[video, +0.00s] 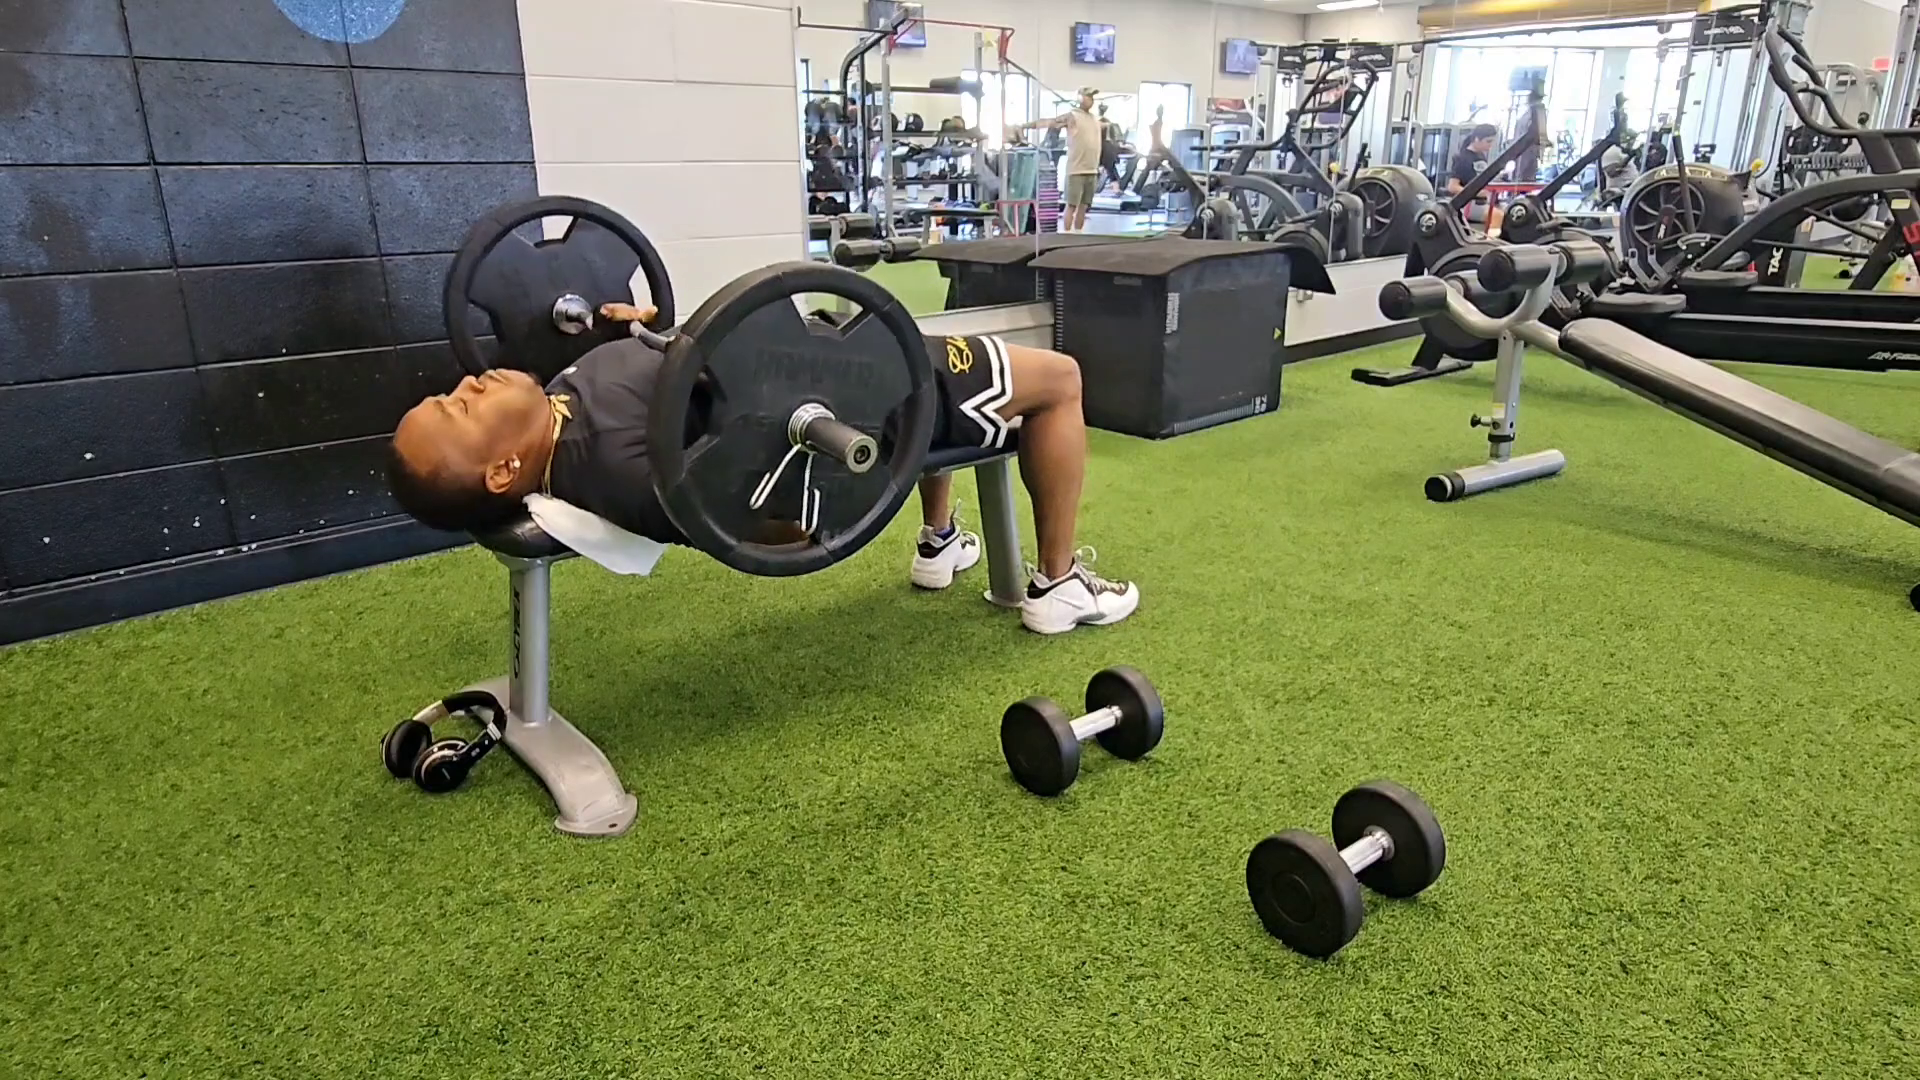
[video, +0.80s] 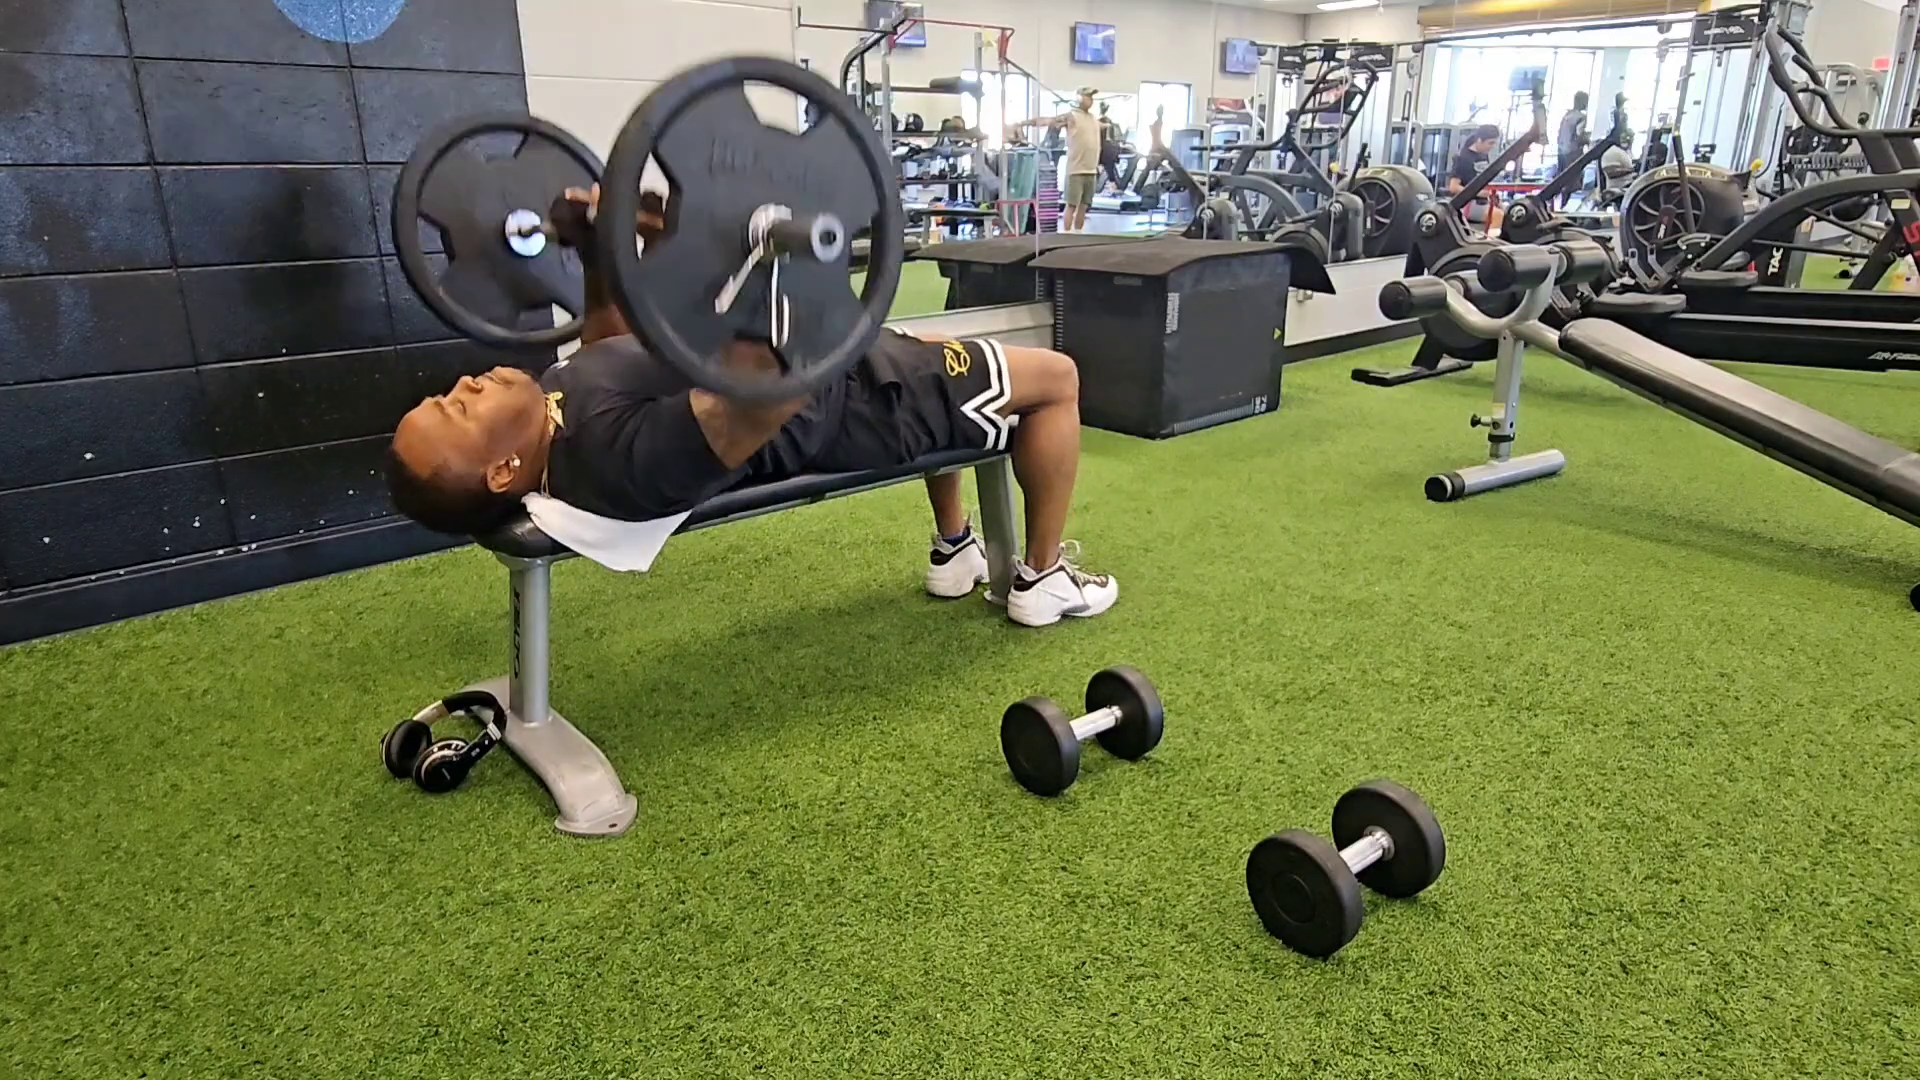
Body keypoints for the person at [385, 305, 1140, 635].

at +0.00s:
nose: (471, 372)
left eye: (446, 384)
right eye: (459, 399)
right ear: (508, 475)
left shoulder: (548, 405)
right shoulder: (634, 472)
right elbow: (786, 520)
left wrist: (628, 336)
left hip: (790, 369)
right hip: (854, 419)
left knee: (932, 342)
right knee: (1057, 378)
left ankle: (942, 541)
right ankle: (1058, 581)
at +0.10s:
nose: (470, 371)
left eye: (441, 385)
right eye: (459, 400)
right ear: (508, 475)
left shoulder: (552, 404)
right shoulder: (631, 470)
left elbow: (624, 369)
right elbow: (781, 516)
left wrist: (635, 333)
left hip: (789, 375)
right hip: (849, 425)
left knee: (925, 346)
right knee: (1053, 374)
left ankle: (944, 546)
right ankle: (1056, 581)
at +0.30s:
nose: (470, 373)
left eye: (445, 386)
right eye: (459, 397)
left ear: (501, 461)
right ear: (507, 465)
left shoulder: (559, 405)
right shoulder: (615, 459)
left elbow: (646, 350)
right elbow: (757, 444)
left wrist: (640, 275)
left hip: (788, 377)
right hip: (839, 416)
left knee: (932, 346)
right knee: (1054, 374)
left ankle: (943, 542)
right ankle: (1055, 579)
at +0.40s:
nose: (459, 376)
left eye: (440, 390)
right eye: (451, 405)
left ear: (497, 466)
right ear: (502, 472)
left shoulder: (548, 401)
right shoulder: (614, 453)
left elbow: (596, 316)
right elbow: (740, 369)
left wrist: (602, 203)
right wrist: (770, 213)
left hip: (802, 358)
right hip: (842, 394)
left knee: (938, 339)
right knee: (1053, 379)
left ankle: (946, 546)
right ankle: (1057, 580)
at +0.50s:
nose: (469, 376)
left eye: (443, 389)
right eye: (460, 401)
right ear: (503, 466)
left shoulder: (544, 384)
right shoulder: (615, 444)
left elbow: (573, 261)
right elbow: (698, 294)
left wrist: (574, 133)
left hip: (801, 348)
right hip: (848, 391)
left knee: (936, 354)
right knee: (1051, 374)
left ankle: (955, 544)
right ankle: (1055, 578)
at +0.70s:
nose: (462, 375)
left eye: (440, 390)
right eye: (451, 406)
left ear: (498, 466)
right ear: (501, 471)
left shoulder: (538, 403)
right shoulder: (615, 455)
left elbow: (599, 315)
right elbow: (743, 353)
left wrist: (590, 199)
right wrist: (721, 202)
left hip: (799, 352)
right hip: (846, 393)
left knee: (931, 341)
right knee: (1052, 377)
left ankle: (951, 543)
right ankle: (1048, 578)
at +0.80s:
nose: (479, 373)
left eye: (451, 385)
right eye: (465, 399)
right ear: (504, 470)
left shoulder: (553, 398)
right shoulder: (622, 458)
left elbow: (611, 331)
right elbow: (753, 397)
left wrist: (591, 248)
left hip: (798, 365)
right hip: (843, 407)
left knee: (933, 345)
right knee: (1054, 377)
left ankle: (957, 546)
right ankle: (1045, 577)